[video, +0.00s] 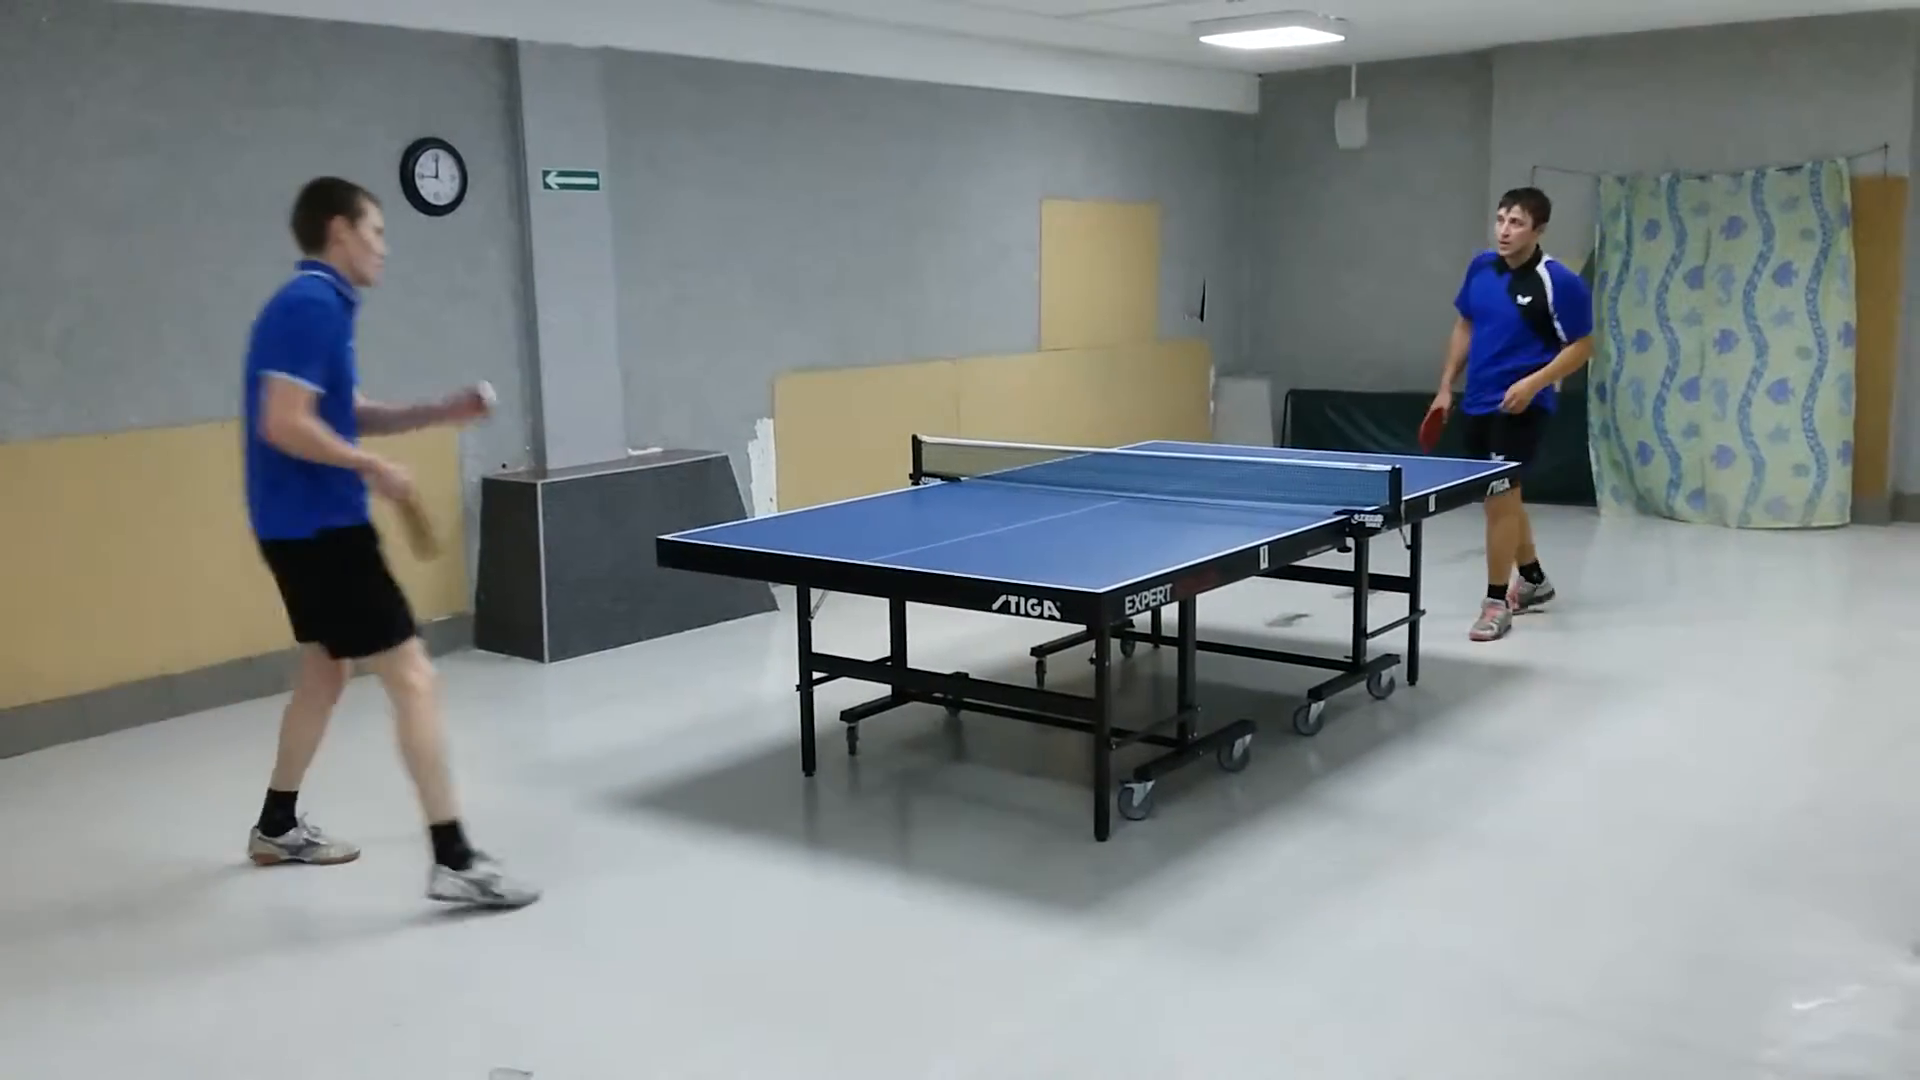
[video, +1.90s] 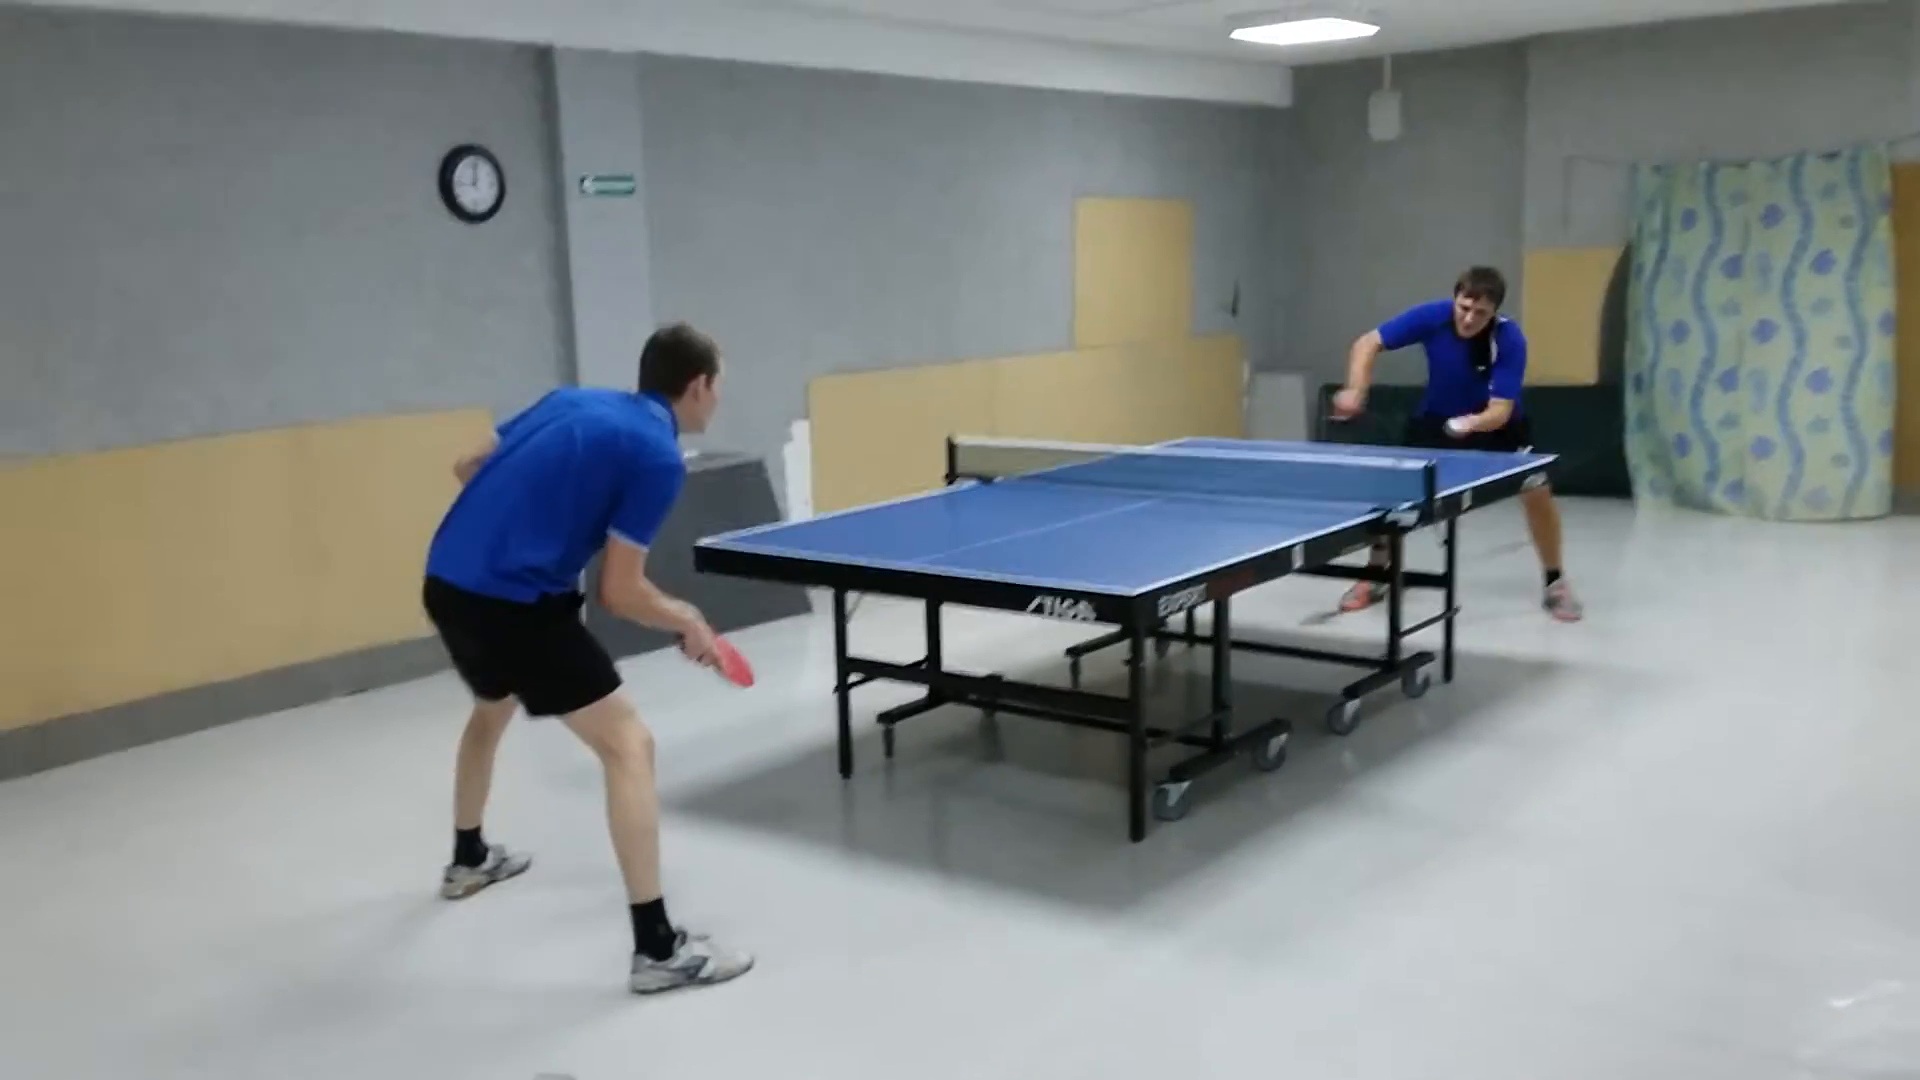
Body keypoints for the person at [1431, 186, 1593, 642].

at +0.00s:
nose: (1504, 229)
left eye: (1516, 223)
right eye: (1501, 220)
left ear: (1538, 231)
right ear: (1494, 224)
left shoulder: (1561, 282)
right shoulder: (1481, 268)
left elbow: (1581, 347)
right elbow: (1464, 326)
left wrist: (1534, 383)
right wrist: (1446, 386)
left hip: (1524, 404)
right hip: (1478, 402)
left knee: (1499, 493)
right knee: (1501, 492)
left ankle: (1496, 601)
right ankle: (1533, 580)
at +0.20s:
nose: (1496, 229)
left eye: (1508, 223)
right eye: (1493, 219)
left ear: (1528, 231)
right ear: (1485, 221)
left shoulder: (1542, 281)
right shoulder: (1468, 262)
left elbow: (1563, 351)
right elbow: (1445, 319)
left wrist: (1502, 379)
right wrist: (1418, 377)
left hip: (1507, 408)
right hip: (1458, 401)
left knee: (1491, 500)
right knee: (1453, 497)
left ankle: (1496, 598)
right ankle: (1495, 569)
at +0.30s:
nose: (1488, 229)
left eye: (1500, 223)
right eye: (1485, 219)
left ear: (1520, 232)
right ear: (1478, 221)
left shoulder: (1533, 280)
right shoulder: (1460, 262)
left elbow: (1550, 351)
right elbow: (1436, 319)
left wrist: (1486, 373)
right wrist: (1405, 373)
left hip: (1497, 409)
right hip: (1447, 404)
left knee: (1487, 501)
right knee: (1439, 495)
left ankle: (1495, 602)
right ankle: (1449, 574)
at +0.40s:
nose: (1482, 224)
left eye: (1495, 218)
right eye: (1480, 214)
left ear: (1514, 226)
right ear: (1472, 218)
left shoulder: (1528, 272)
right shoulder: (1454, 262)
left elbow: (1541, 345)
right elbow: (1430, 317)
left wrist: (1478, 366)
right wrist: (1400, 371)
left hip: (1493, 404)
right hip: (1441, 399)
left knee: (1485, 496)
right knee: (1421, 493)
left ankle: (1497, 595)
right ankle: (1409, 578)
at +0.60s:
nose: (1448, 243)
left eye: (1459, 236)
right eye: (1443, 234)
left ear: (1477, 242)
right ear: (1434, 236)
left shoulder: (1493, 285)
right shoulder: (1409, 277)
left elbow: (1517, 352)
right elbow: (1388, 331)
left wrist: (1469, 370)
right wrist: (1371, 387)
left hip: (1469, 416)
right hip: (1408, 411)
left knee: (1476, 504)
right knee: (1370, 492)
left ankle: (1499, 602)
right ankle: (1349, 577)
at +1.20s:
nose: (1444, 310)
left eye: (1453, 303)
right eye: (1438, 301)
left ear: (1468, 297)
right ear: (1426, 292)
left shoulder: (1486, 321)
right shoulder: (1403, 315)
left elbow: (1506, 388)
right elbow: (1380, 360)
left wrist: (1490, 410)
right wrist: (1356, 405)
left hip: (1477, 421)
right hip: (1418, 420)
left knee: (1509, 493)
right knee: (1374, 492)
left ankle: (1526, 589)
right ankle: (1349, 580)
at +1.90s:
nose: (1469, 319)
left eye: (1479, 312)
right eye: (1464, 308)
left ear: (1493, 311)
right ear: (1454, 300)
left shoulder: (1508, 338)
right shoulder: (1435, 317)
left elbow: (1501, 411)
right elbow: (1367, 343)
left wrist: (1473, 423)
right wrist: (1355, 390)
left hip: (1494, 431)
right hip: (1434, 426)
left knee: (1535, 483)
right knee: (1390, 488)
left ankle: (1555, 583)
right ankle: (1376, 575)